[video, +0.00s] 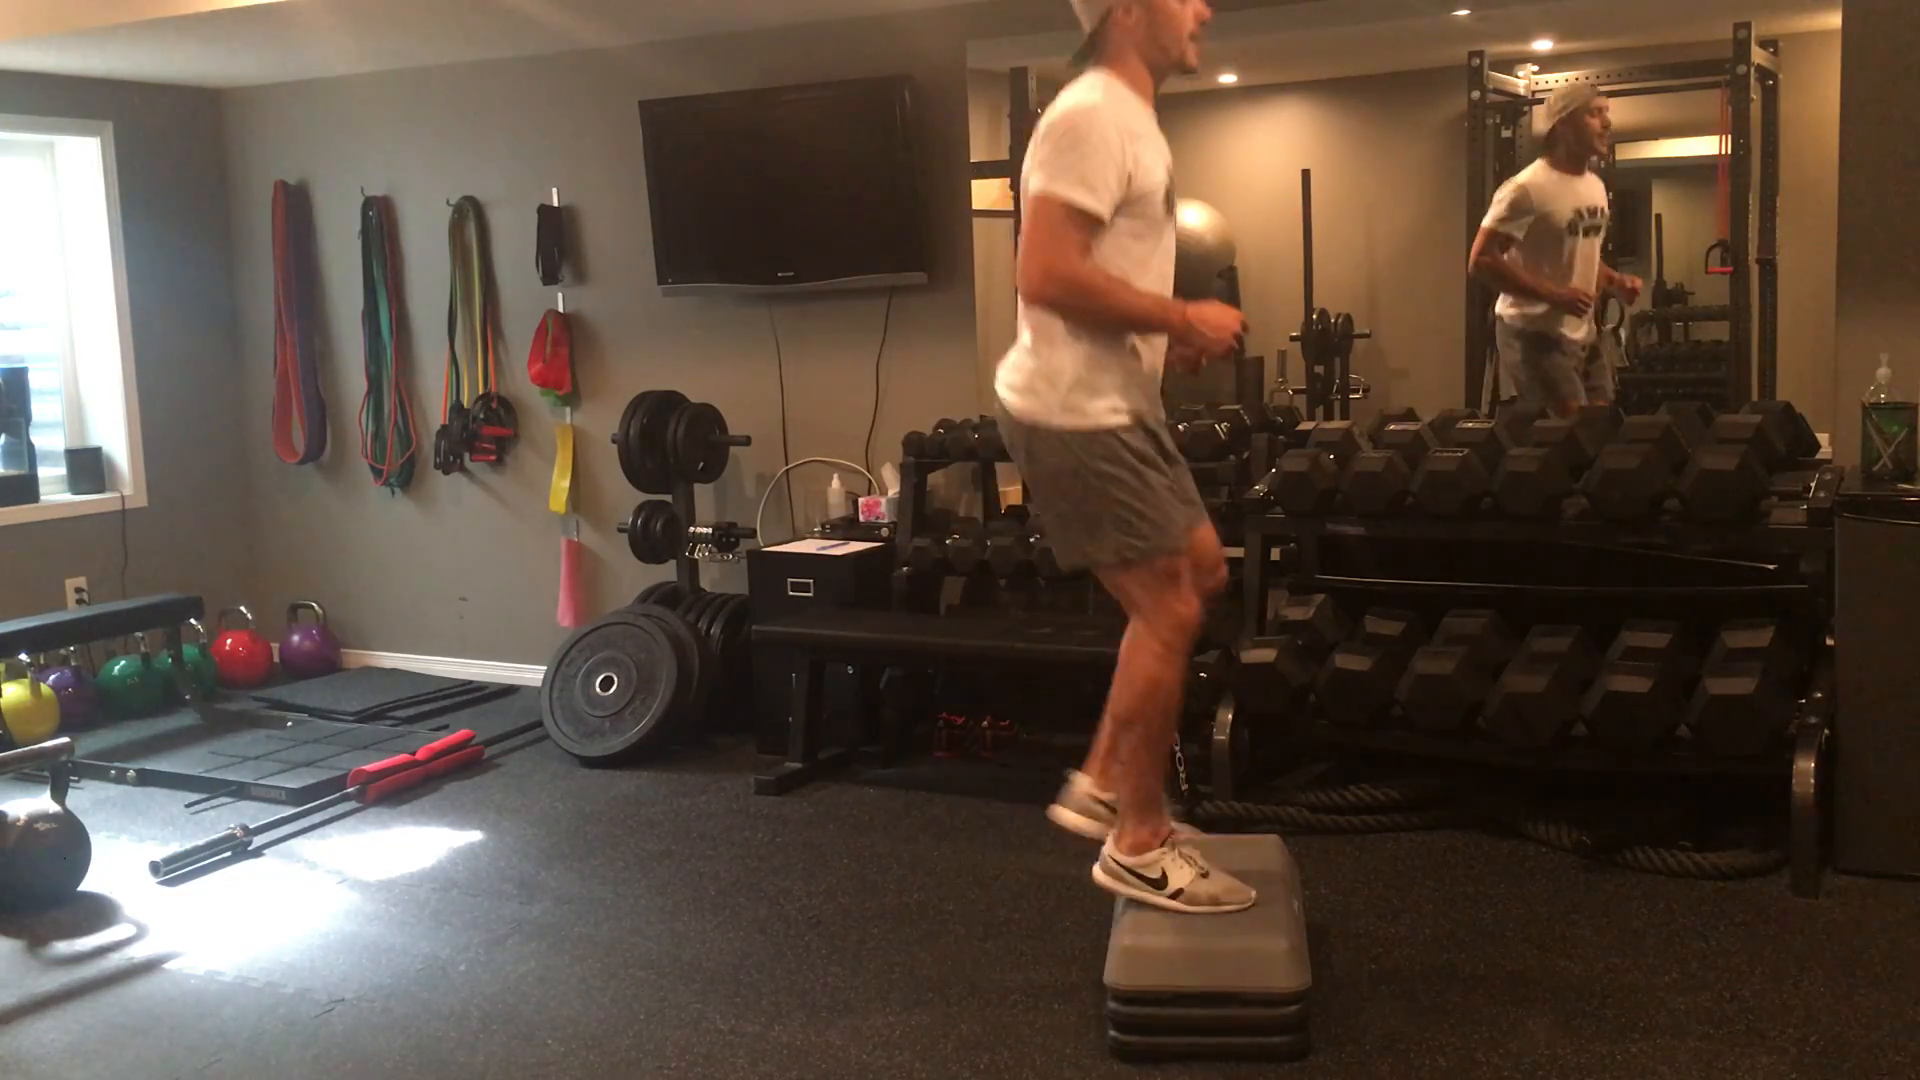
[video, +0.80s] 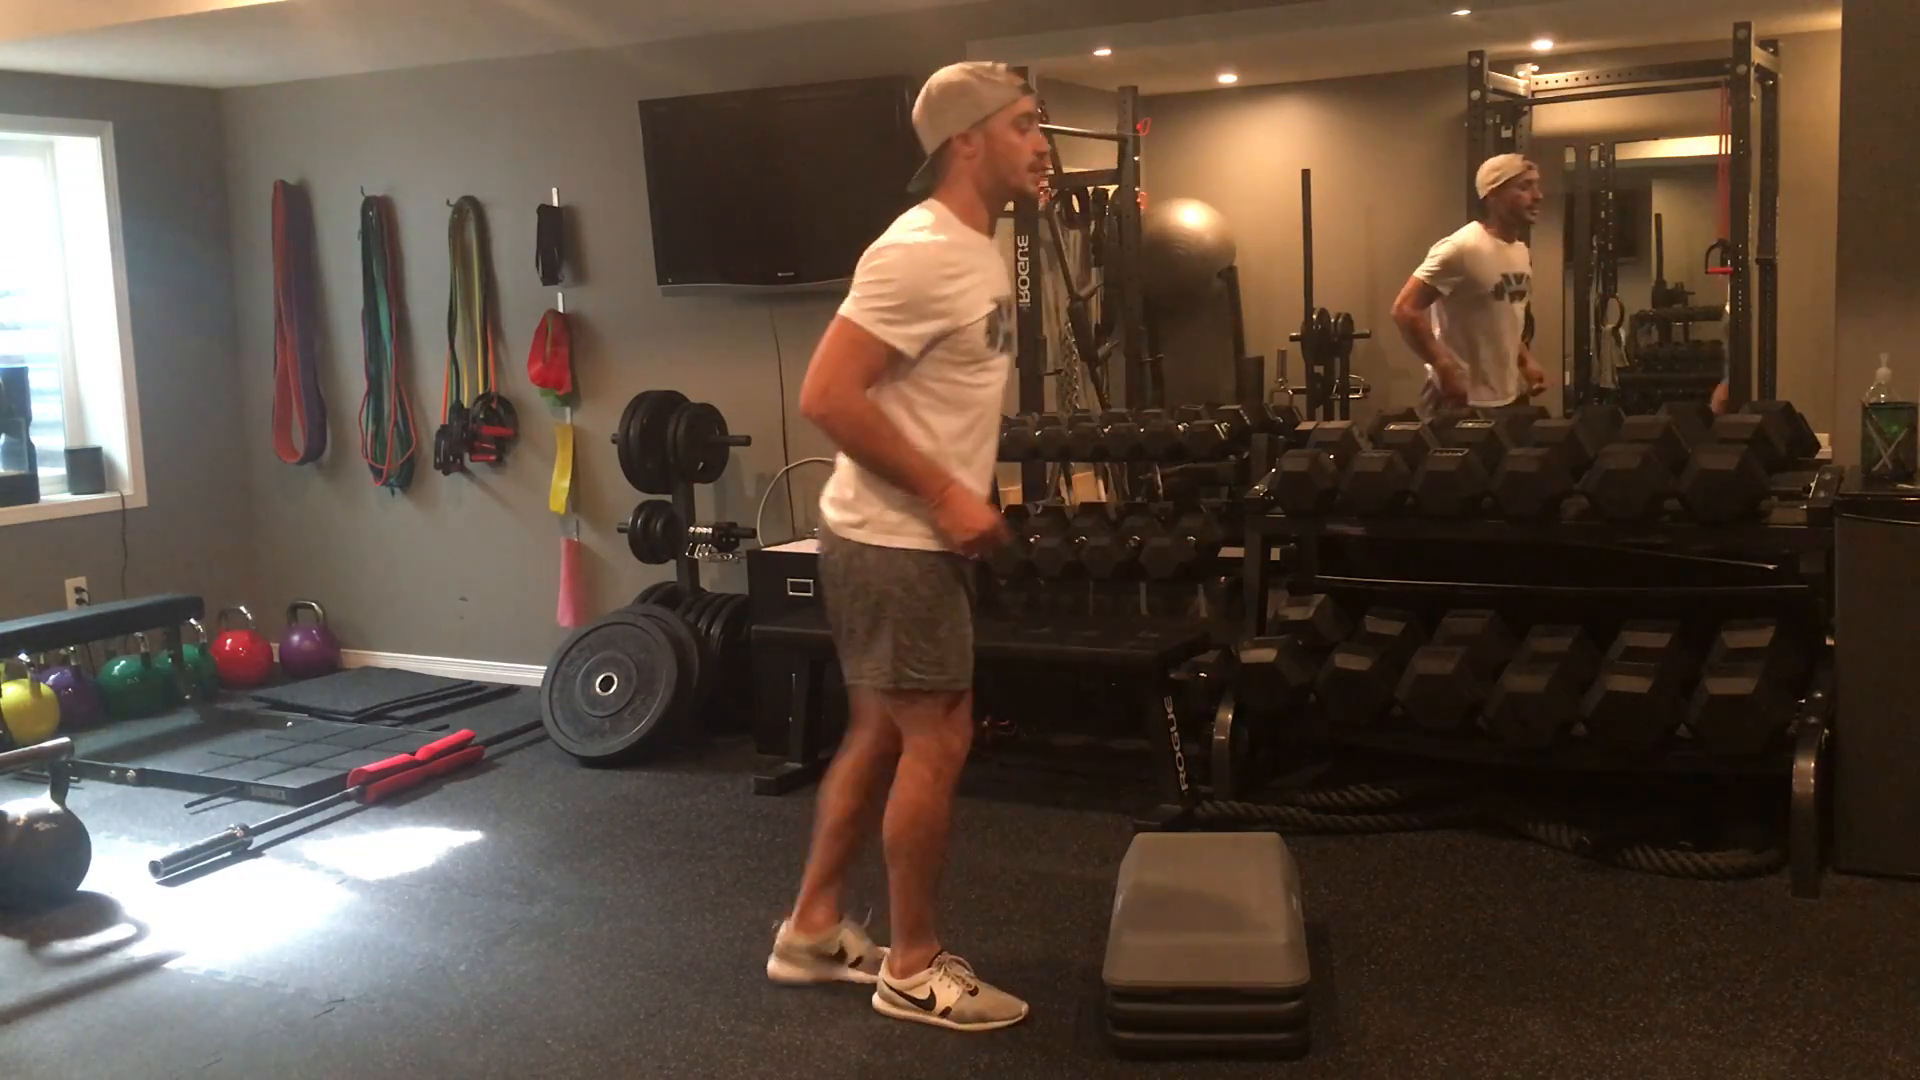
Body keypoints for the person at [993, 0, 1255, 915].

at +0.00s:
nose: (1204, 15)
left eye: (1201, 3)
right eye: (1188, 0)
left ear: (1134, 17)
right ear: (1129, 10)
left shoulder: (1131, 116)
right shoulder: (1088, 112)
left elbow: (1089, 276)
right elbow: (1045, 273)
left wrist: (1179, 324)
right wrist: (1179, 316)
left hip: (1115, 399)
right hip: (1075, 407)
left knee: (1202, 568)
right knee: (1167, 606)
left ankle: (1103, 780)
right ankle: (1138, 838)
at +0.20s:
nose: (1194, 40)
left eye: (1192, 22)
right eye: (1176, 20)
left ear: (1132, 39)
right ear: (1116, 33)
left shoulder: (1122, 145)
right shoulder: (1069, 136)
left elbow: (1078, 291)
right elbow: (1001, 285)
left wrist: (1159, 341)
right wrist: (1143, 341)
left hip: (1104, 431)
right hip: (1058, 436)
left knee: (1175, 625)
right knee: (1165, 628)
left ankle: (1143, 837)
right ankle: (1024, 823)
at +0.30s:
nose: (1177, 61)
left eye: (1173, 42)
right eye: (1159, 41)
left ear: (1118, 62)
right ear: (1099, 58)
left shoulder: (1110, 171)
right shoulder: (1051, 164)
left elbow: (1055, 316)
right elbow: (982, 312)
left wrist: (1142, 359)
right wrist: (1124, 361)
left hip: (1099, 452)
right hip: (1039, 459)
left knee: (1182, 612)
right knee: (1110, 664)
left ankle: (1144, 830)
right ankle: (968, 859)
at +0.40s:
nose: (1153, 81)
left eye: (1148, 63)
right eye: (1136, 62)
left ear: (1086, 82)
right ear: (1078, 78)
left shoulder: (1076, 186)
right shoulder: (1021, 184)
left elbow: (1025, 333)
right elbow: (966, 335)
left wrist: (1109, 374)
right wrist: (1111, 365)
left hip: (1064, 471)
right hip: (995, 480)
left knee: (1179, 590)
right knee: (1014, 698)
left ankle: (1148, 807)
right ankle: (944, 920)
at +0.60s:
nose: (1088, 162)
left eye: (1085, 143)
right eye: (1074, 142)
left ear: (1020, 155)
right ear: (1016, 152)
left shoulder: (1010, 258)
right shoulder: (948, 259)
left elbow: (976, 403)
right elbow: (912, 422)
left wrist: (1030, 481)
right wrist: (1058, 457)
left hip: (1003, 528)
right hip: (940, 544)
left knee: (1124, 629)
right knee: (988, 752)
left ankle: (997, 794)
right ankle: (917, 959)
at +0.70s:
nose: (1061, 142)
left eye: (1058, 125)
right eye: (1045, 126)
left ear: (998, 138)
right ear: (989, 137)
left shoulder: (992, 242)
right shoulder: (930, 244)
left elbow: (936, 390)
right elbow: (863, 396)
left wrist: (992, 481)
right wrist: (992, 478)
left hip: (974, 527)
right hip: (911, 536)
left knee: (1027, 688)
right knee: (944, 735)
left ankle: (869, 869)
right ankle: (915, 962)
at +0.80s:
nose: (1043, 144)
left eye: (1039, 127)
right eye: (1025, 127)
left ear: (980, 146)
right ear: (969, 144)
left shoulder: (976, 247)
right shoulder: (918, 251)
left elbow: (906, 392)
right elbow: (829, 392)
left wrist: (963, 486)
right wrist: (944, 492)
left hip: (909, 536)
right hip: (890, 541)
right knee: (934, 740)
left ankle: (811, 925)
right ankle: (913, 965)